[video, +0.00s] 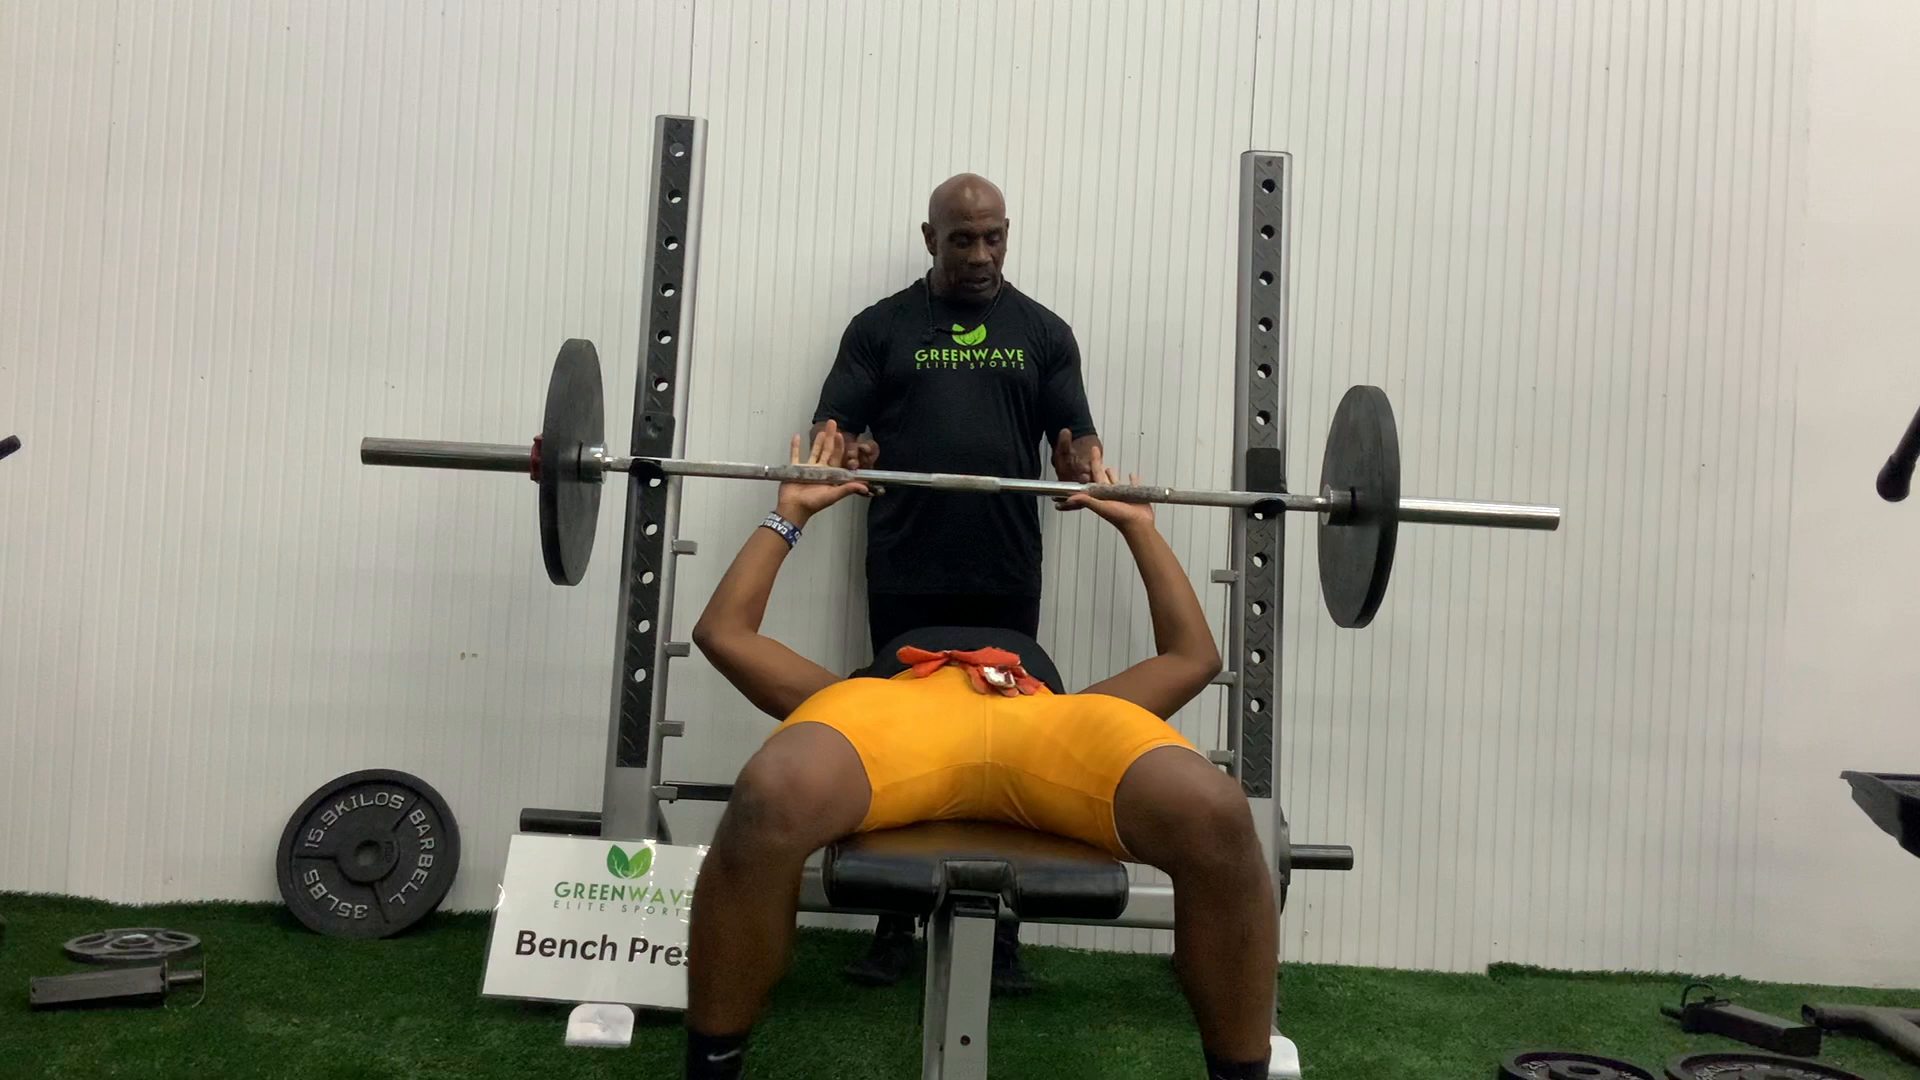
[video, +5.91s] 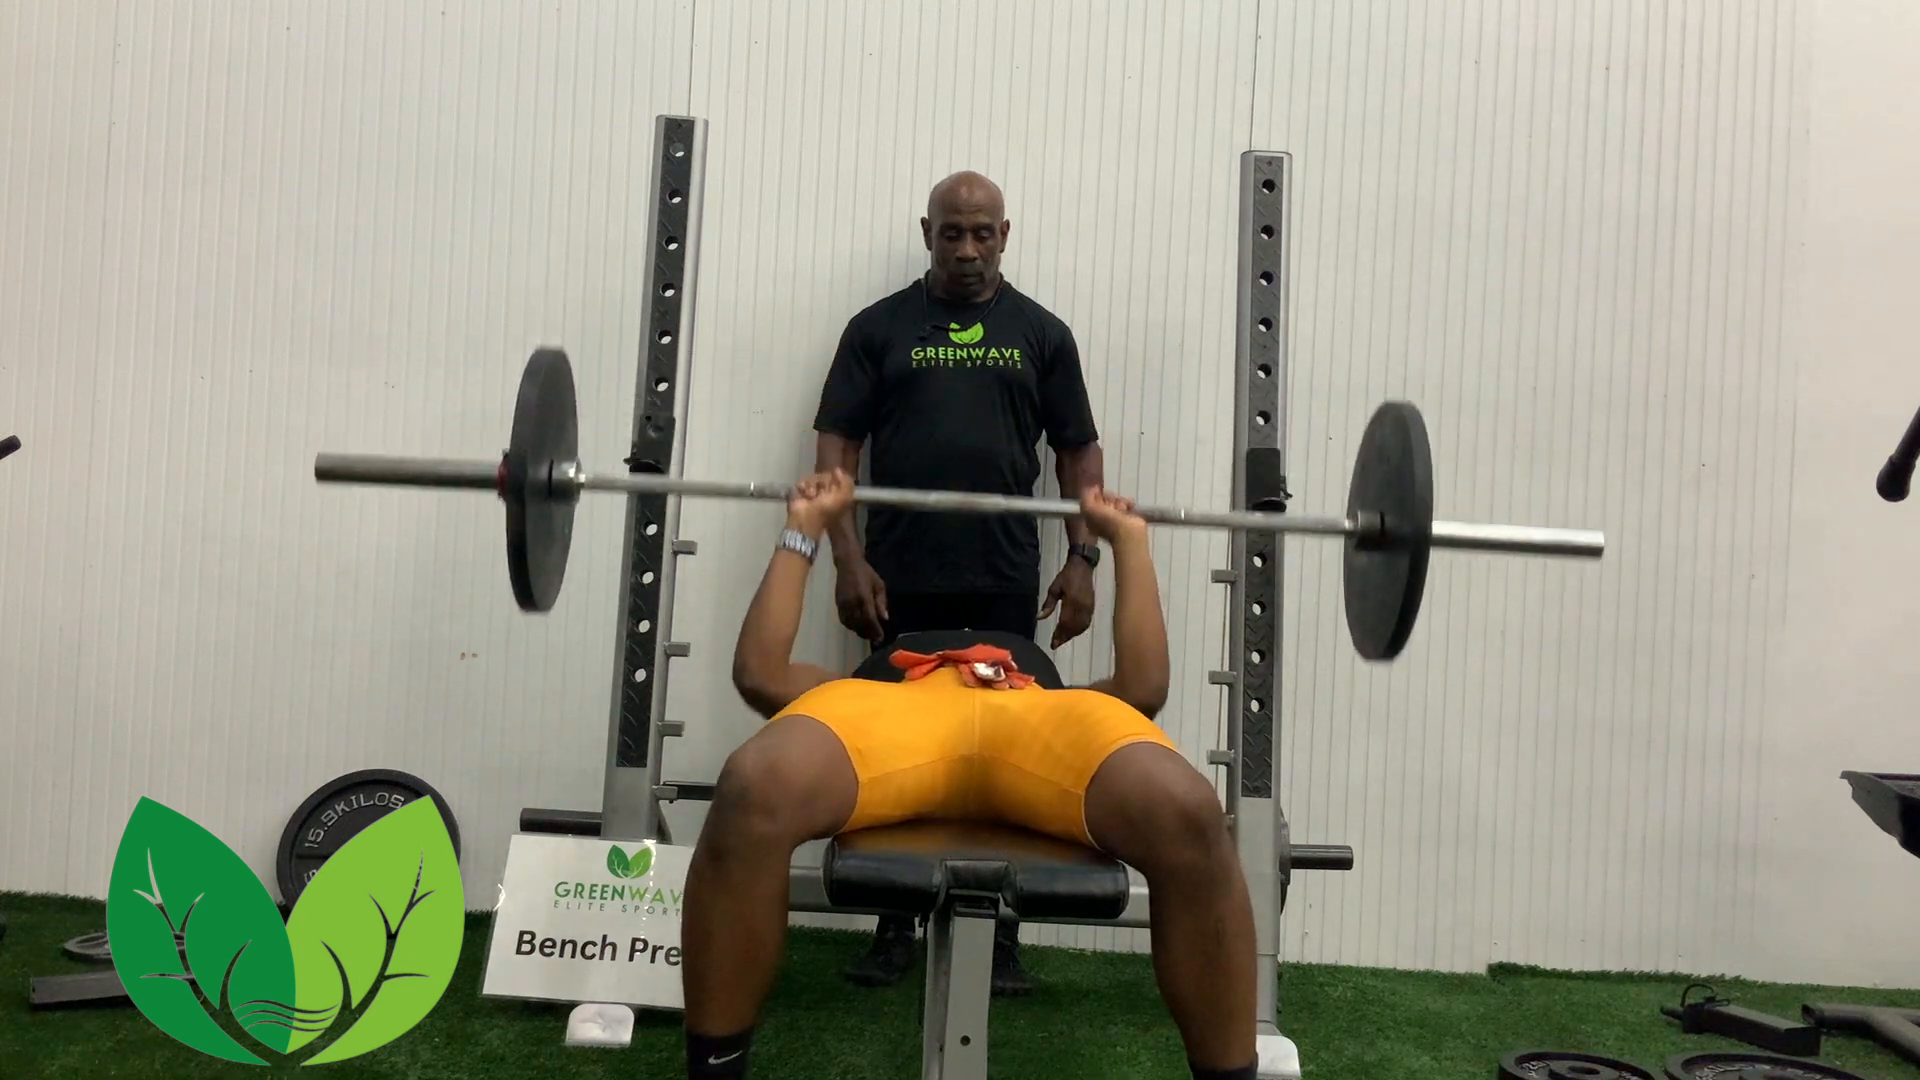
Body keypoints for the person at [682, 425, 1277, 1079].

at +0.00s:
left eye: (1004, 667)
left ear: (1032, 687)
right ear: (889, 675)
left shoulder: (1077, 706)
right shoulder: (856, 691)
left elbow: (1195, 656)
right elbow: (723, 630)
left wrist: (1139, 524)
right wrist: (789, 511)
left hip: (1054, 717)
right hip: (882, 706)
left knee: (1218, 817)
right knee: (766, 799)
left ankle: (1245, 1070)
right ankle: (710, 1065)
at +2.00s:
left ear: (1033, 682)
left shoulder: (1069, 705)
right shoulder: (858, 690)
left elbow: (1193, 649)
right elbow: (725, 626)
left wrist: (1134, 519)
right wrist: (799, 514)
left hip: (1053, 717)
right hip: (886, 705)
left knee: (1212, 811)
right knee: (757, 798)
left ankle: (1230, 1072)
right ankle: (708, 1068)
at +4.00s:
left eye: (1001, 647)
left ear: (1030, 673)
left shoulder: (1067, 696)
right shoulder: (861, 689)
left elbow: (1175, 643)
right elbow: (740, 625)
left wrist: (1116, 514)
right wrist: (807, 508)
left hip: (1048, 711)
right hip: (886, 704)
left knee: (1196, 808)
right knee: (755, 791)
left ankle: (1227, 1072)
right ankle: (711, 1068)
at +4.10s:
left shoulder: (1067, 694)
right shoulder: (861, 687)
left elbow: (1167, 632)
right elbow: (749, 613)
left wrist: (1120, 500)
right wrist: (808, 488)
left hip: (1050, 711)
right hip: (881, 704)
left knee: (1197, 810)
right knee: (748, 786)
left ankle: (1227, 1074)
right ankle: (710, 1068)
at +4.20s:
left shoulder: (1065, 689)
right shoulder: (855, 687)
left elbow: (1154, 609)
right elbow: (768, 587)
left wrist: (1124, 467)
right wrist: (810, 456)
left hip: (1040, 709)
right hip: (884, 706)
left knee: (1193, 811)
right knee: (740, 784)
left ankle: (1226, 1071)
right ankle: (708, 1061)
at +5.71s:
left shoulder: (1064, 685)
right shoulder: (861, 677)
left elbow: (1138, 603)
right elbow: (779, 587)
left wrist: (1130, 449)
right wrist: (809, 442)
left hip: (1039, 706)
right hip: (887, 698)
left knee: (1189, 812)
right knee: (756, 784)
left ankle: (1230, 1072)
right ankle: (716, 1064)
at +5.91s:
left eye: (992, 651)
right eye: (931, 651)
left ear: (1011, 659)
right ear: (907, 657)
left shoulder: (1050, 686)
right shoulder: (868, 682)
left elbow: (1143, 686)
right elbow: (759, 672)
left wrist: (1129, 539)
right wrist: (803, 535)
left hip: (1043, 707)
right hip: (890, 699)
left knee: (1190, 816)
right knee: (751, 794)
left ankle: (1231, 1070)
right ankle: (714, 1067)